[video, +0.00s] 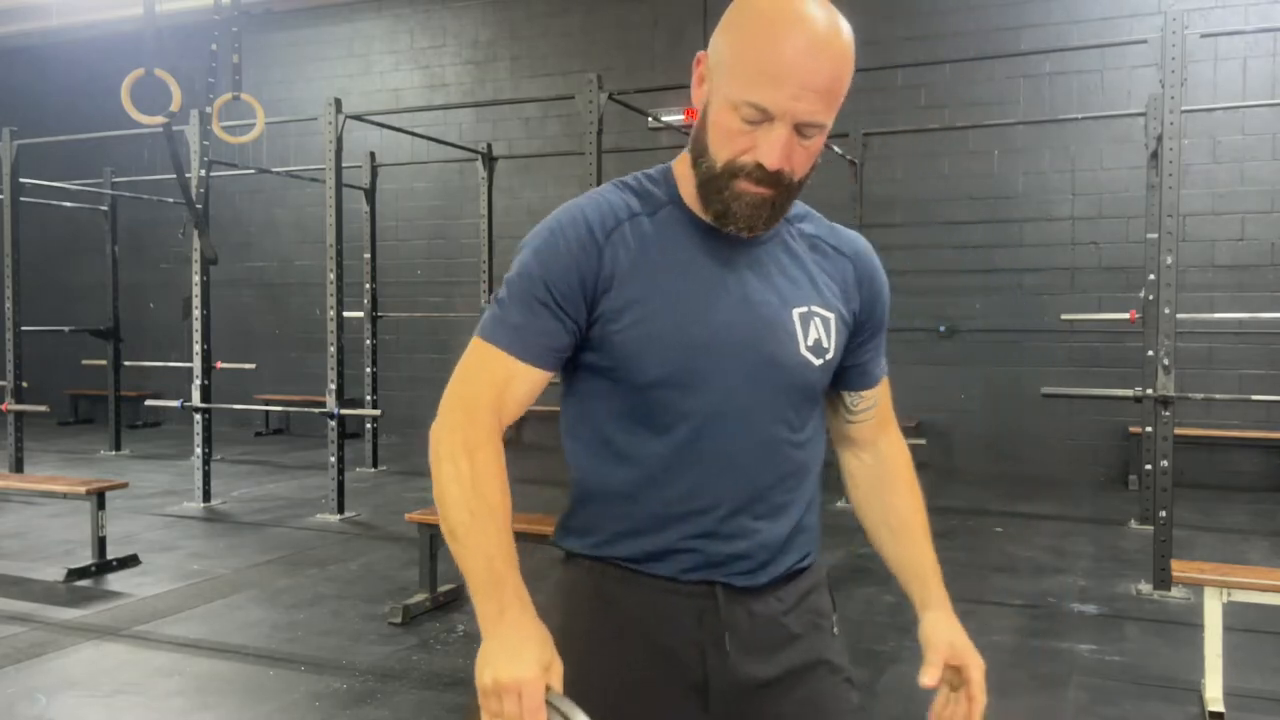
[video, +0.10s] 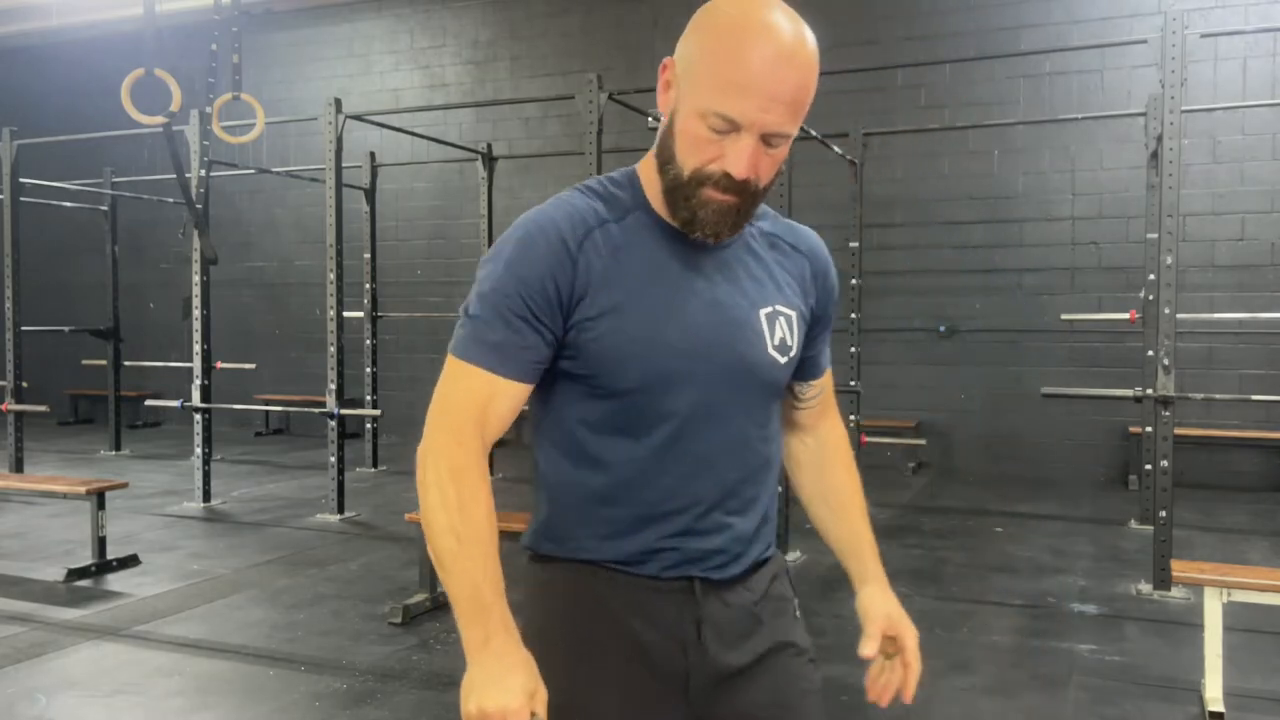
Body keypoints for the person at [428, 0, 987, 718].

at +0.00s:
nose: (774, 158)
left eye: (806, 131)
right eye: (753, 117)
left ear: (831, 127)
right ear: (701, 84)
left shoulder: (846, 270)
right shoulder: (589, 242)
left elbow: (869, 437)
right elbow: (462, 428)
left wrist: (933, 607)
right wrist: (505, 623)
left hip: (788, 627)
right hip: (620, 626)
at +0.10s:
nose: (741, 168)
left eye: (772, 140)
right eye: (720, 127)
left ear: (797, 132)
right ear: (666, 88)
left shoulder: (801, 265)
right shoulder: (556, 246)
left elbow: (810, 421)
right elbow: (450, 443)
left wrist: (871, 585)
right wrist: (490, 647)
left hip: (755, 619)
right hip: (594, 624)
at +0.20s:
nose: (725, 172)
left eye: (755, 147)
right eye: (706, 133)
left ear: (780, 135)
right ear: (651, 92)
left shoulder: (761, 257)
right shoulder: (535, 249)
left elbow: (763, 413)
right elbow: (444, 464)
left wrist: (810, 565)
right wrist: (483, 667)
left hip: (730, 609)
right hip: (576, 620)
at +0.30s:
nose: (731, 178)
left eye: (757, 153)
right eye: (713, 138)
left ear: (775, 144)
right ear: (650, 96)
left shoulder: (729, 253)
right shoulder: (530, 251)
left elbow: (717, 399)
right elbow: (445, 464)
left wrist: (758, 544)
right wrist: (485, 674)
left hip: (709, 596)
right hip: (570, 613)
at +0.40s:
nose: (753, 181)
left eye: (769, 156)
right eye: (739, 145)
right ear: (664, 103)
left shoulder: (701, 244)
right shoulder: (536, 253)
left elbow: (679, 411)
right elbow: (452, 466)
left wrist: (716, 535)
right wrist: (492, 676)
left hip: (688, 593)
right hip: (568, 613)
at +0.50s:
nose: (764, 184)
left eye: (776, 159)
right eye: (756, 149)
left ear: (682, 116)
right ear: (681, 112)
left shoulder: (678, 243)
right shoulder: (554, 247)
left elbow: (637, 421)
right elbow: (466, 461)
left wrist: (682, 531)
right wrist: (505, 668)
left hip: (671, 587)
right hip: (572, 599)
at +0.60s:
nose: (763, 186)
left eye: (774, 162)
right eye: (760, 154)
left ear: (692, 125)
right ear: (692, 121)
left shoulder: (653, 250)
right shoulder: (574, 245)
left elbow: (625, 432)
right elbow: (483, 452)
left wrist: (664, 560)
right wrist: (524, 652)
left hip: (651, 581)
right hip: (583, 589)